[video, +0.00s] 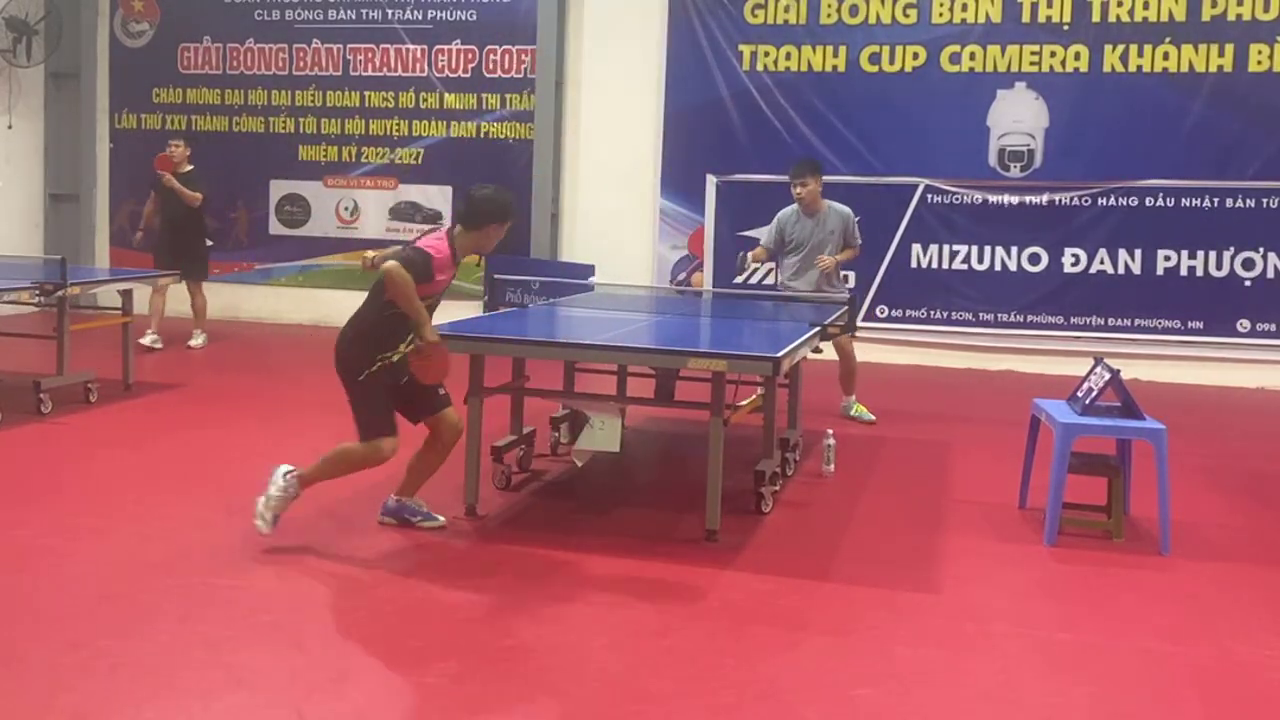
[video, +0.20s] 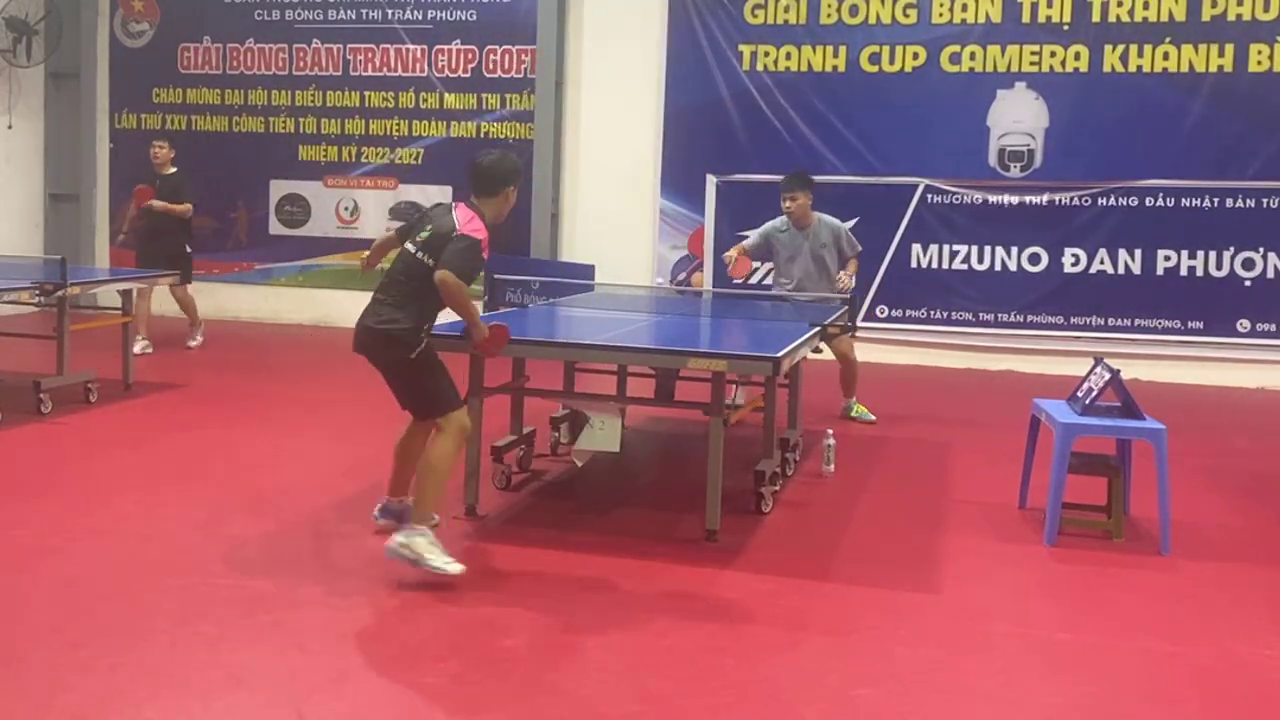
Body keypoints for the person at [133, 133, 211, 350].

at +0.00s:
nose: (172, 150)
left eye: (176, 147)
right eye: (169, 147)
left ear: (188, 151)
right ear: (166, 151)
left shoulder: (196, 175)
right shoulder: (162, 176)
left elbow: (197, 200)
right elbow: (151, 203)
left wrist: (173, 184)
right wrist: (142, 229)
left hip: (192, 240)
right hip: (166, 238)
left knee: (194, 288)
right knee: (159, 286)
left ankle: (199, 332)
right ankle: (153, 333)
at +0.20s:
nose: (155, 152)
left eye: (160, 148)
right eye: (153, 148)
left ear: (171, 153)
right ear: (150, 152)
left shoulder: (180, 179)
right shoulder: (147, 180)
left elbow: (187, 210)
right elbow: (134, 210)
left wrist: (161, 206)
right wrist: (125, 230)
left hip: (175, 243)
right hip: (148, 243)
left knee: (178, 289)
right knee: (143, 290)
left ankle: (196, 325)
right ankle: (142, 337)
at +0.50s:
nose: (140, 148)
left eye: (145, 144)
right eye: (137, 144)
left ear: (157, 149)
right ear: (134, 148)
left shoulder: (168, 178)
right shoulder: (127, 177)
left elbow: (184, 210)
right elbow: (116, 204)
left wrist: (165, 225)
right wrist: (106, 227)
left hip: (159, 245)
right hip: (131, 245)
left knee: (163, 289)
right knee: (135, 292)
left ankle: (169, 339)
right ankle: (141, 338)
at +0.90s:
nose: (129, 158)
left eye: (135, 154)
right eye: (126, 153)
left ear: (148, 158)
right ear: (123, 155)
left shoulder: (159, 185)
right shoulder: (117, 180)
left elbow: (171, 220)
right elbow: (107, 203)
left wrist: (147, 231)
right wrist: (106, 227)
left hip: (148, 251)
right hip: (118, 250)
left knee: (153, 295)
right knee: (103, 292)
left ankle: (162, 346)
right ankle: (107, 334)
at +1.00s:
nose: (121, 162)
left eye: (127, 158)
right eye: (119, 158)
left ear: (140, 162)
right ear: (115, 159)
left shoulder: (152, 190)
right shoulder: (110, 180)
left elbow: (165, 223)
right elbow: (100, 200)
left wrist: (139, 234)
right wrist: (101, 224)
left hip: (143, 250)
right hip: (113, 247)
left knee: (150, 295)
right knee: (96, 294)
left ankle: (161, 346)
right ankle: (85, 341)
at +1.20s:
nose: (107, 184)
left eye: (113, 180)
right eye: (105, 179)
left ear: (126, 183)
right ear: (102, 179)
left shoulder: (140, 208)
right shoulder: (96, 195)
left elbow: (154, 239)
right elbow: (72, 205)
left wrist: (127, 245)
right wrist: (79, 234)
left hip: (130, 262)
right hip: (96, 261)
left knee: (141, 296)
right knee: (80, 298)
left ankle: (161, 347)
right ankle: (73, 345)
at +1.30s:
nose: (102, 188)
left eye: (107, 184)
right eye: (100, 183)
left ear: (121, 185)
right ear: (97, 182)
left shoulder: (135, 210)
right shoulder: (89, 197)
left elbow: (149, 242)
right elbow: (66, 207)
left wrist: (124, 253)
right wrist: (78, 237)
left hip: (128, 264)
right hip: (94, 263)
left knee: (139, 296)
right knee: (77, 296)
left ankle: (161, 347)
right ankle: (73, 346)